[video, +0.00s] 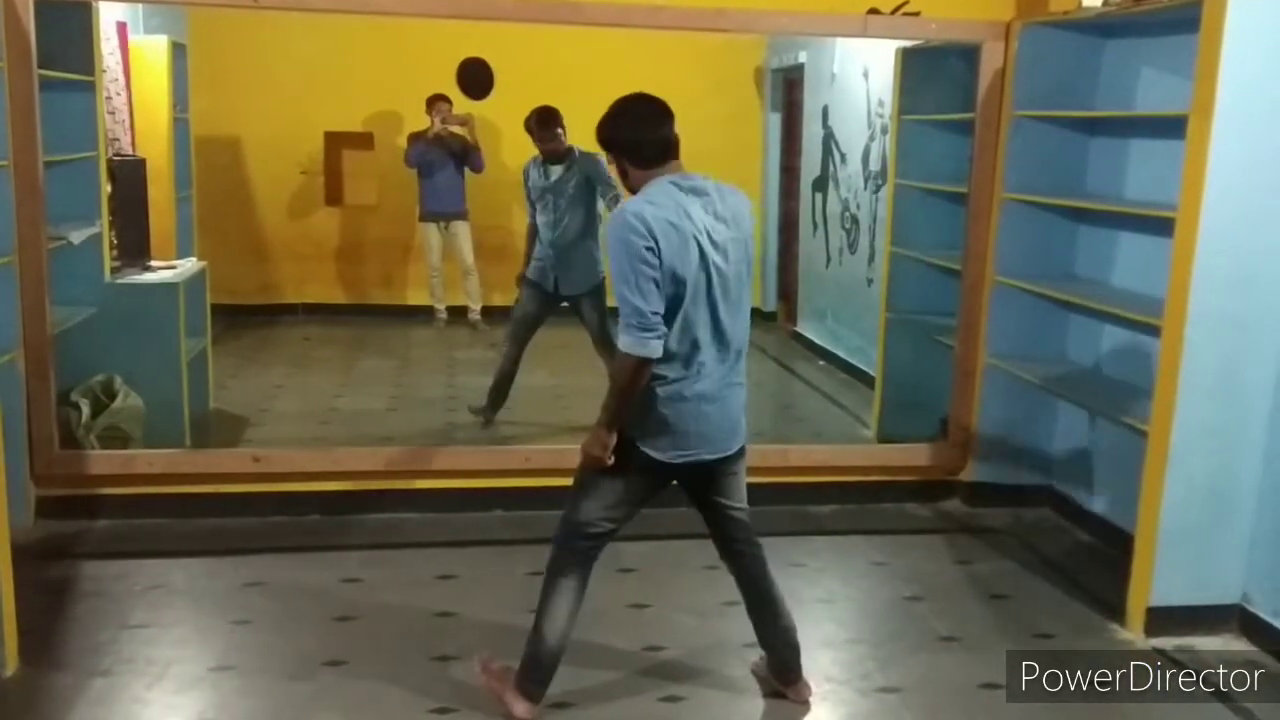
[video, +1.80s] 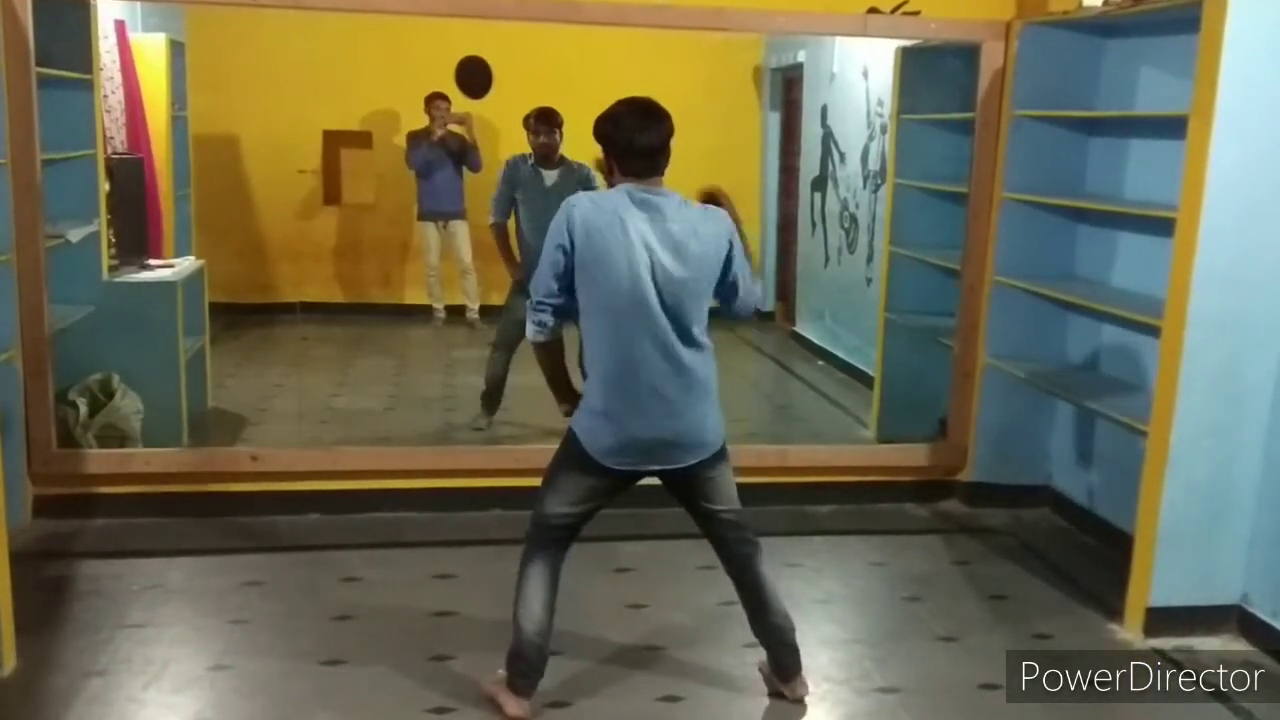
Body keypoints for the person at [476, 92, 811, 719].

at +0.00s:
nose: (613, 168)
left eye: (610, 159)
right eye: (612, 159)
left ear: (618, 161)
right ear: (677, 146)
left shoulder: (632, 221)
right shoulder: (733, 203)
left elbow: (641, 344)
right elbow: (729, 308)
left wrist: (606, 425)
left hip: (658, 422)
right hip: (723, 417)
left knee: (578, 544)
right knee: (740, 541)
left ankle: (527, 687)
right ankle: (789, 675)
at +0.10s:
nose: (605, 175)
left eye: (602, 164)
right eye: (602, 164)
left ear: (614, 164)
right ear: (669, 147)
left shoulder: (631, 222)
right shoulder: (731, 201)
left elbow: (642, 347)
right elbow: (727, 299)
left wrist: (608, 425)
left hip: (658, 422)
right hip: (722, 417)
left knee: (576, 542)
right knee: (739, 539)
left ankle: (527, 687)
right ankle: (788, 675)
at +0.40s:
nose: (598, 181)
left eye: (596, 170)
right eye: (596, 170)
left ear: (608, 170)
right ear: (661, 150)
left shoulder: (631, 229)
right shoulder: (716, 198)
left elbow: (656, 345)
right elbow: (741, 209)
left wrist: (624, 430)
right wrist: (713, 180)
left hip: (654, 423)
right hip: (719, 418)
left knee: (574, 544)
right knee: (740, 541)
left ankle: (525, 687)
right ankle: (789, 677)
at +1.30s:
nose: (603, 155)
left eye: (604, 146)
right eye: (606, 145)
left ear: (612, 150)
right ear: (672, 145)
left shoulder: (605, 225)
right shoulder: (723, 203)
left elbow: (607, 341)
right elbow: (781, 261)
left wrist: (582, 398)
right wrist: (716, 268)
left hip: (633, 423)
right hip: (712, 419)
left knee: (562, 547)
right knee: (741, 549)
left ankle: (521, 685)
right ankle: (786, 676)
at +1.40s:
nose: (604, 154)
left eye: (604, 145)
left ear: (610, 151)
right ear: (672, 147)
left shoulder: (598, 222)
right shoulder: (726, 218)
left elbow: (598, 339)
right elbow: (768, 315)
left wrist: (577, 392)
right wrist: (713, 351)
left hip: (627, 427)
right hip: (709, 426)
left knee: (559, 550)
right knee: (743, 555)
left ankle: (518, 690)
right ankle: (787, 678)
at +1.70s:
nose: (608, 156)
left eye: (609, 147)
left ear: (614, 154)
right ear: (676, 151)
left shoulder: (587, 215)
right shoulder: (724, 231)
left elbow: (546, 322)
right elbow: (729, 337)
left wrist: (569, 391)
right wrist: (670, 348)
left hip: (616, 424)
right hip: (700, 425)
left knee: (552, 546)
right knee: (742, 552)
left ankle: (519, 688)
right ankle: (789, 678)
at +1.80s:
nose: (598, 158)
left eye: (600, 150)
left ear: (606, 158)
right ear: (669, 154)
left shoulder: (578, 216)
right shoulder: (710, 224)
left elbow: (541, 319)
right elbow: (743, 300)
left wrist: (567, 396)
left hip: (610, 423)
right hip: (693, 424)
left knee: (546, 544)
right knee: (741, 551)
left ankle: (519, 688)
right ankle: (790, 679)